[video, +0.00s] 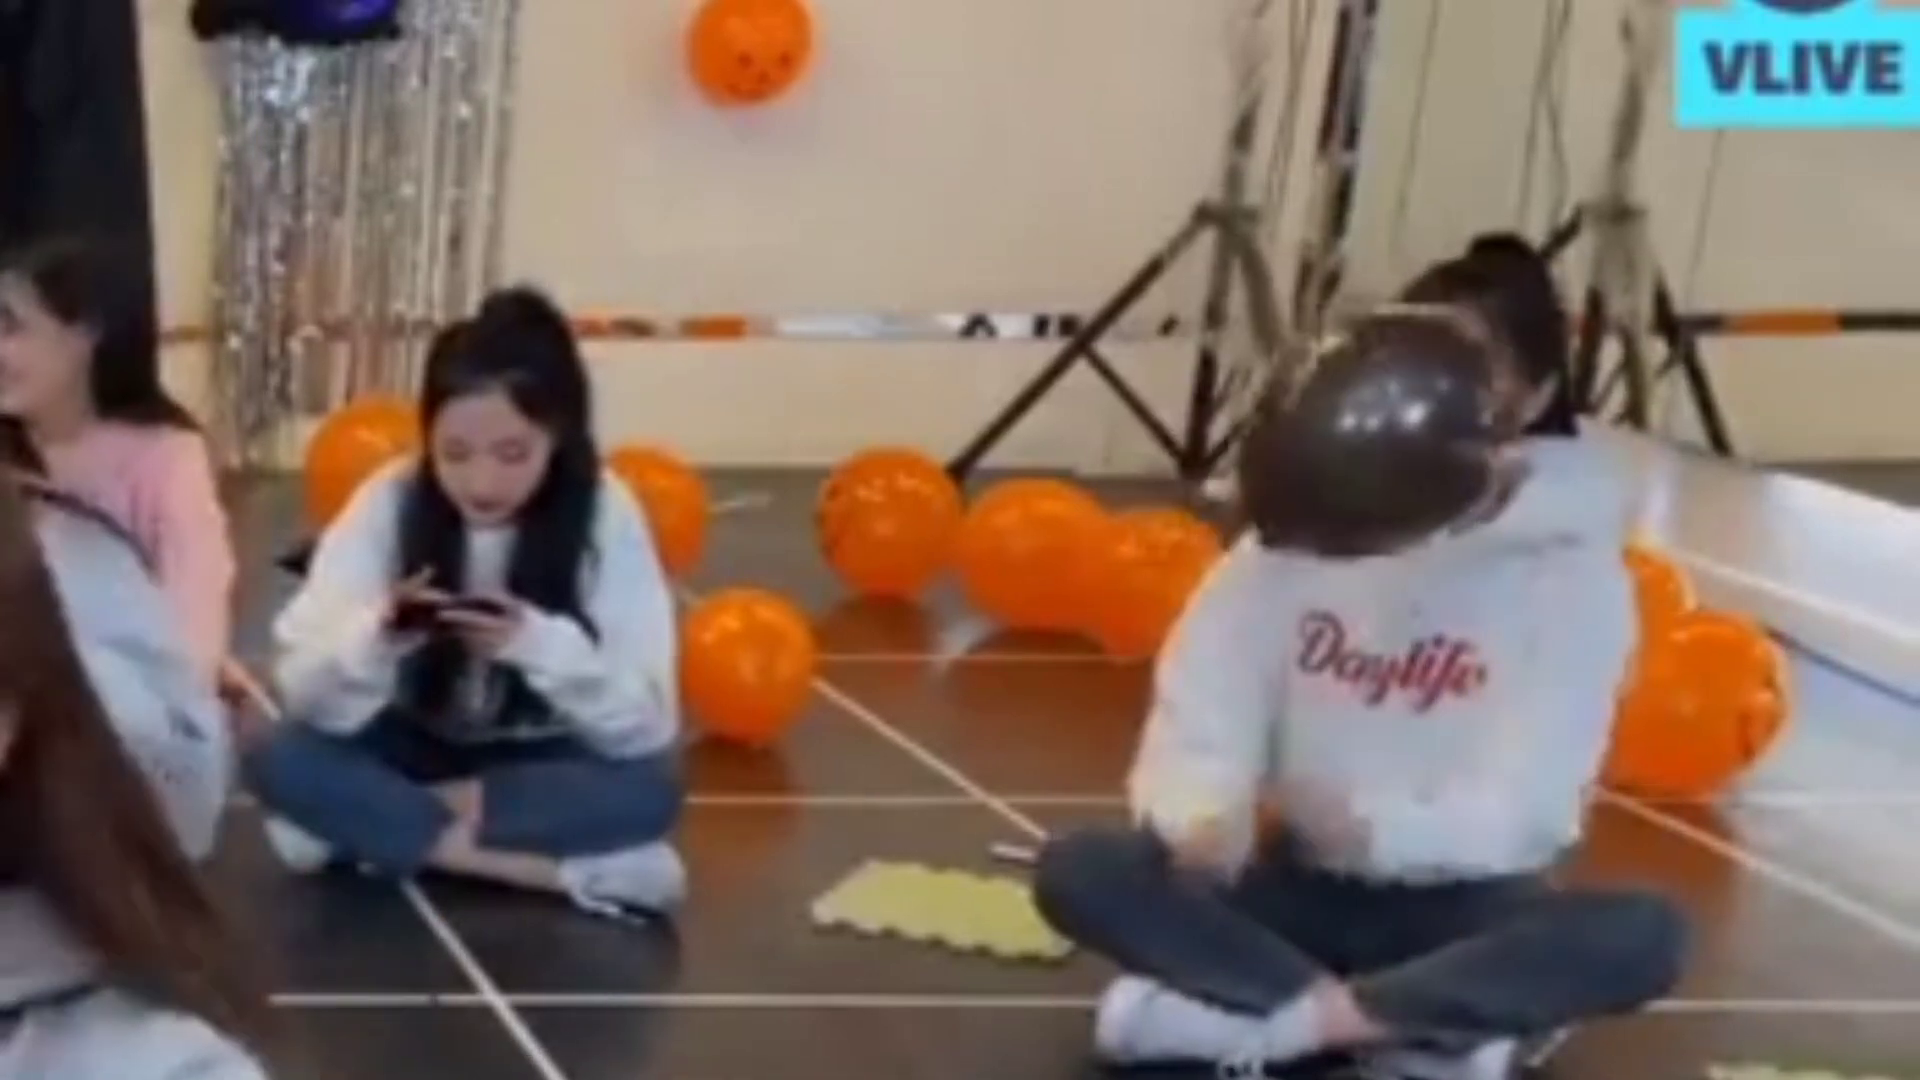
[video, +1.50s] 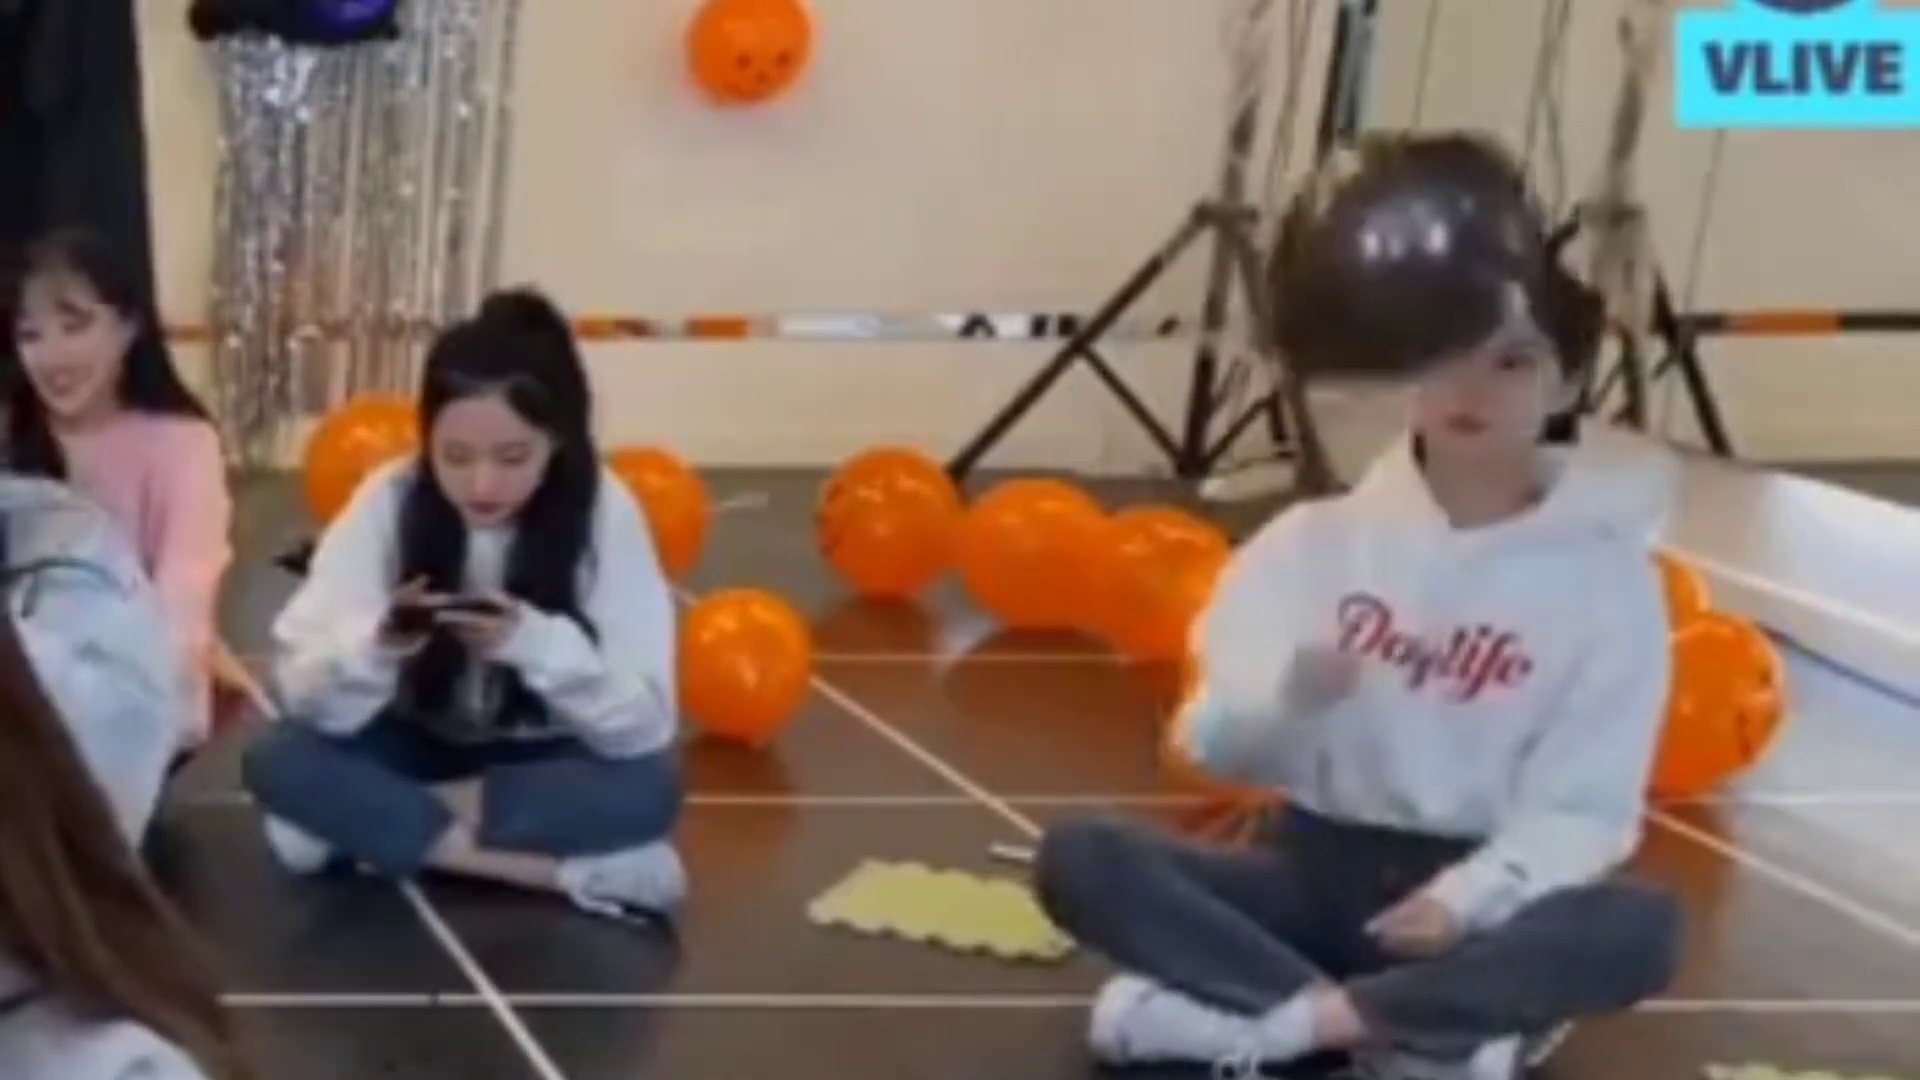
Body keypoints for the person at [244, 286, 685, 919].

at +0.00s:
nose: (481, 483)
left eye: (512, 457)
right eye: (456, 455)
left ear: (559, 442)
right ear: (426, 438)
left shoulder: (603, 514)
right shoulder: (389, 502)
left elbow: (646, 724)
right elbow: (306, 699)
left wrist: (533, 644)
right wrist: (382, 637)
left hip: (544, 744)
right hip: (408, 736)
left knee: (649, 792)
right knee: (279, 758)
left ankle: (364, 838)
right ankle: (549, 877)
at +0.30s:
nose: (483, 484)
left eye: (513, 456)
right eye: (456, 455)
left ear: (559, 441)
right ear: (427, 439)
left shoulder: (605, 515)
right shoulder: (390, 501)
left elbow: (647, 724)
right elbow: (303, 697)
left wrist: (534, 645)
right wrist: (383, 641)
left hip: (542, 745)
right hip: (406, 737)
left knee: (648, 791)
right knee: (290, 767)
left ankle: (371, 837)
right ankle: (550, 877)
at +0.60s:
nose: (483, 485)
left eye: (512, 458)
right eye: (457, 456)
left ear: (559, 444)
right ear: (428, 440)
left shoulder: (605, 511)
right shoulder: (389, 501)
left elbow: (645, 724)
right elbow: (303, 698)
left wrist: (533, 644)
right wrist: (385, 645)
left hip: (544, 746)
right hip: (407, 740)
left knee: (647, 790)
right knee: (291, 769)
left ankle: (370, 838)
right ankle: (551, 877)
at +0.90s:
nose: (482, 486)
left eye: (512, 459)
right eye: (457, 457)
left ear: (558, 445)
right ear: (426, 440)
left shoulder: (604, 513)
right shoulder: (388, 504)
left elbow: (644, 724)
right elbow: (306, 699)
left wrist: (529, 643)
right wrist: (385, 645)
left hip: (543, 745)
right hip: (410, 740)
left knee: (646, 790)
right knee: (277, 762)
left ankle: (368, 838)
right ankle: (550, 878)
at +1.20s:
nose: (482, 487)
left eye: (512, 459)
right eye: (457, 458)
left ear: (559, 445)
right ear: (426, 441)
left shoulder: (603, 513)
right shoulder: (388, 502)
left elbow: (644, 724)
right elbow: (305, 699)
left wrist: (527, 643)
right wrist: (384, 644)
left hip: (542, 744)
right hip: (409, 739)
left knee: (647, 790)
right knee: (276, 762)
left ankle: (367, 838)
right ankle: (550, 878)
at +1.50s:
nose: (482, 487)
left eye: (512, 459)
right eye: (457, 458)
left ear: (559, 445)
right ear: (426, 440)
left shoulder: (603, 513)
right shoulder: (389, 501)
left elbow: (644, 724)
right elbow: (305, 698)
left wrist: (529, 643)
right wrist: (383, 647)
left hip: (542, 744)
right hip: (409, 739)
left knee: (647, 789)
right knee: (276, 761)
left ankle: (367, 839)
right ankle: (550, 877)